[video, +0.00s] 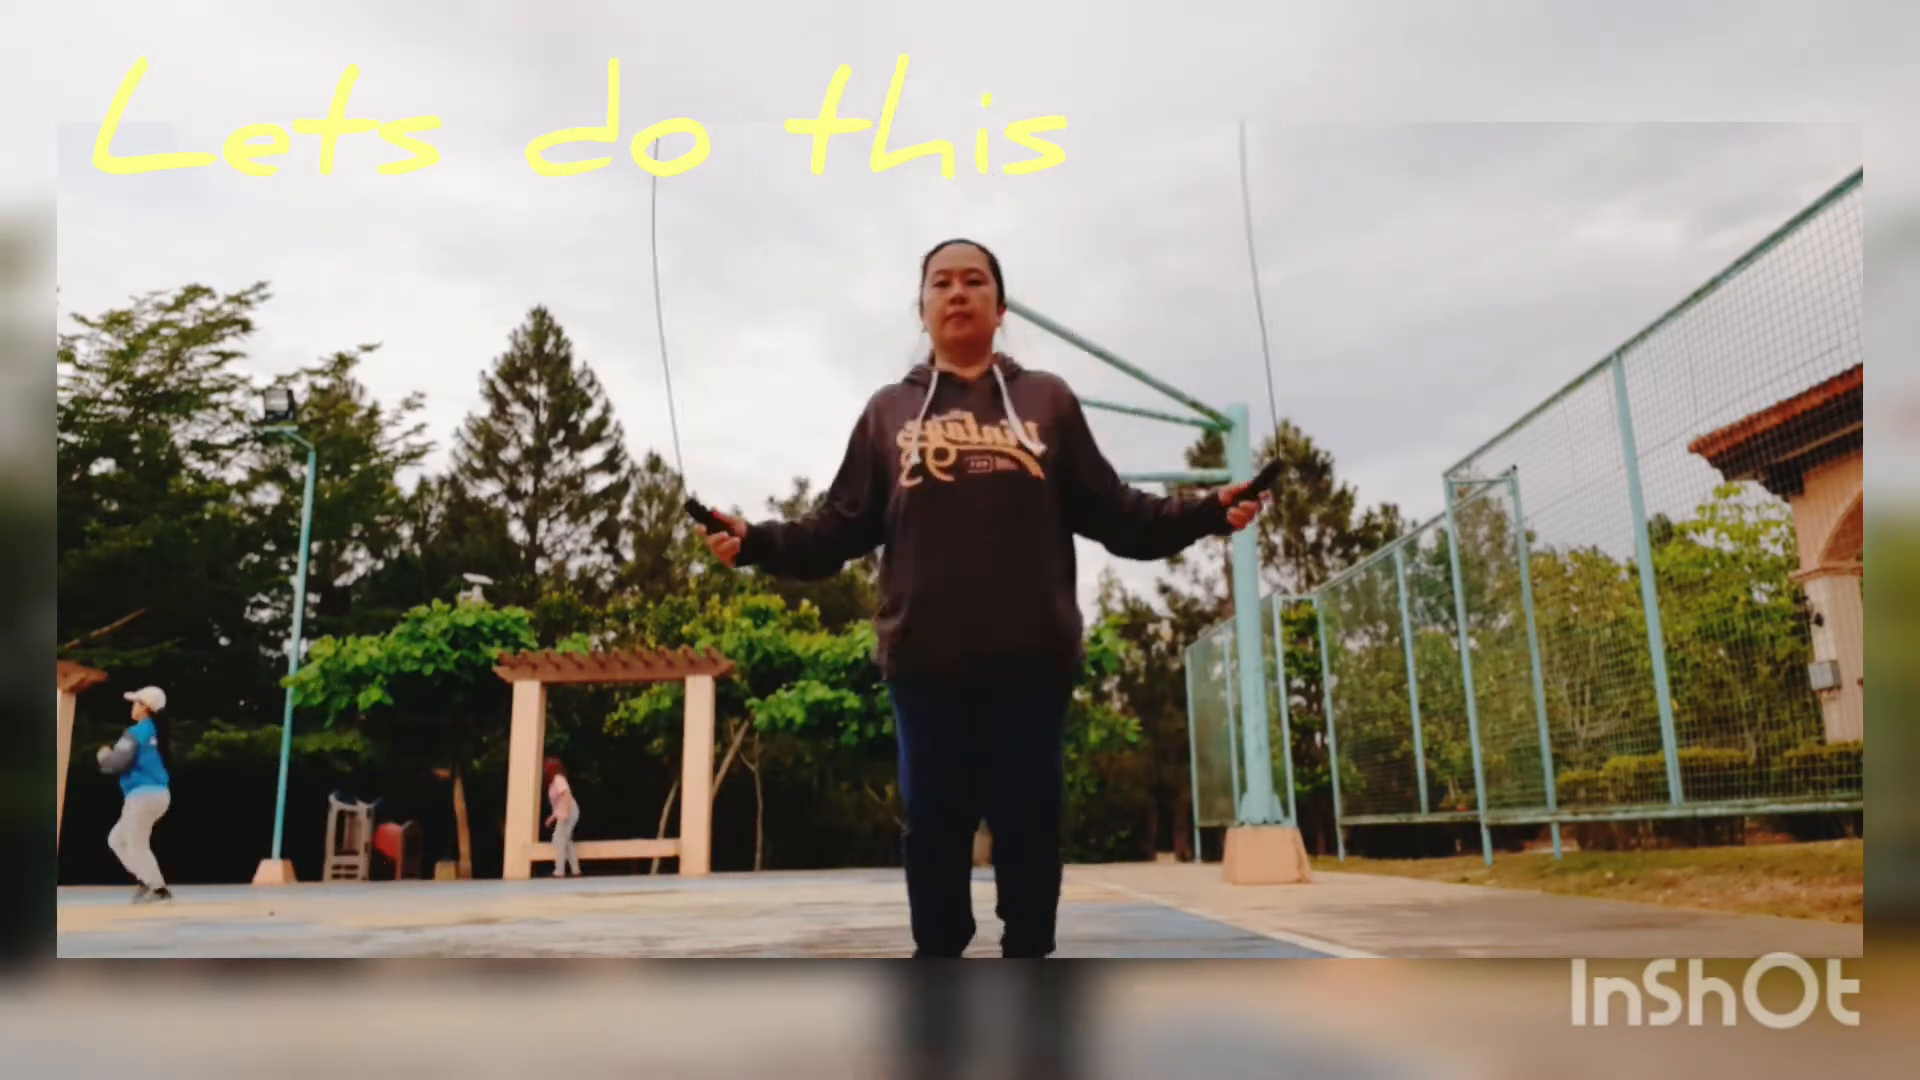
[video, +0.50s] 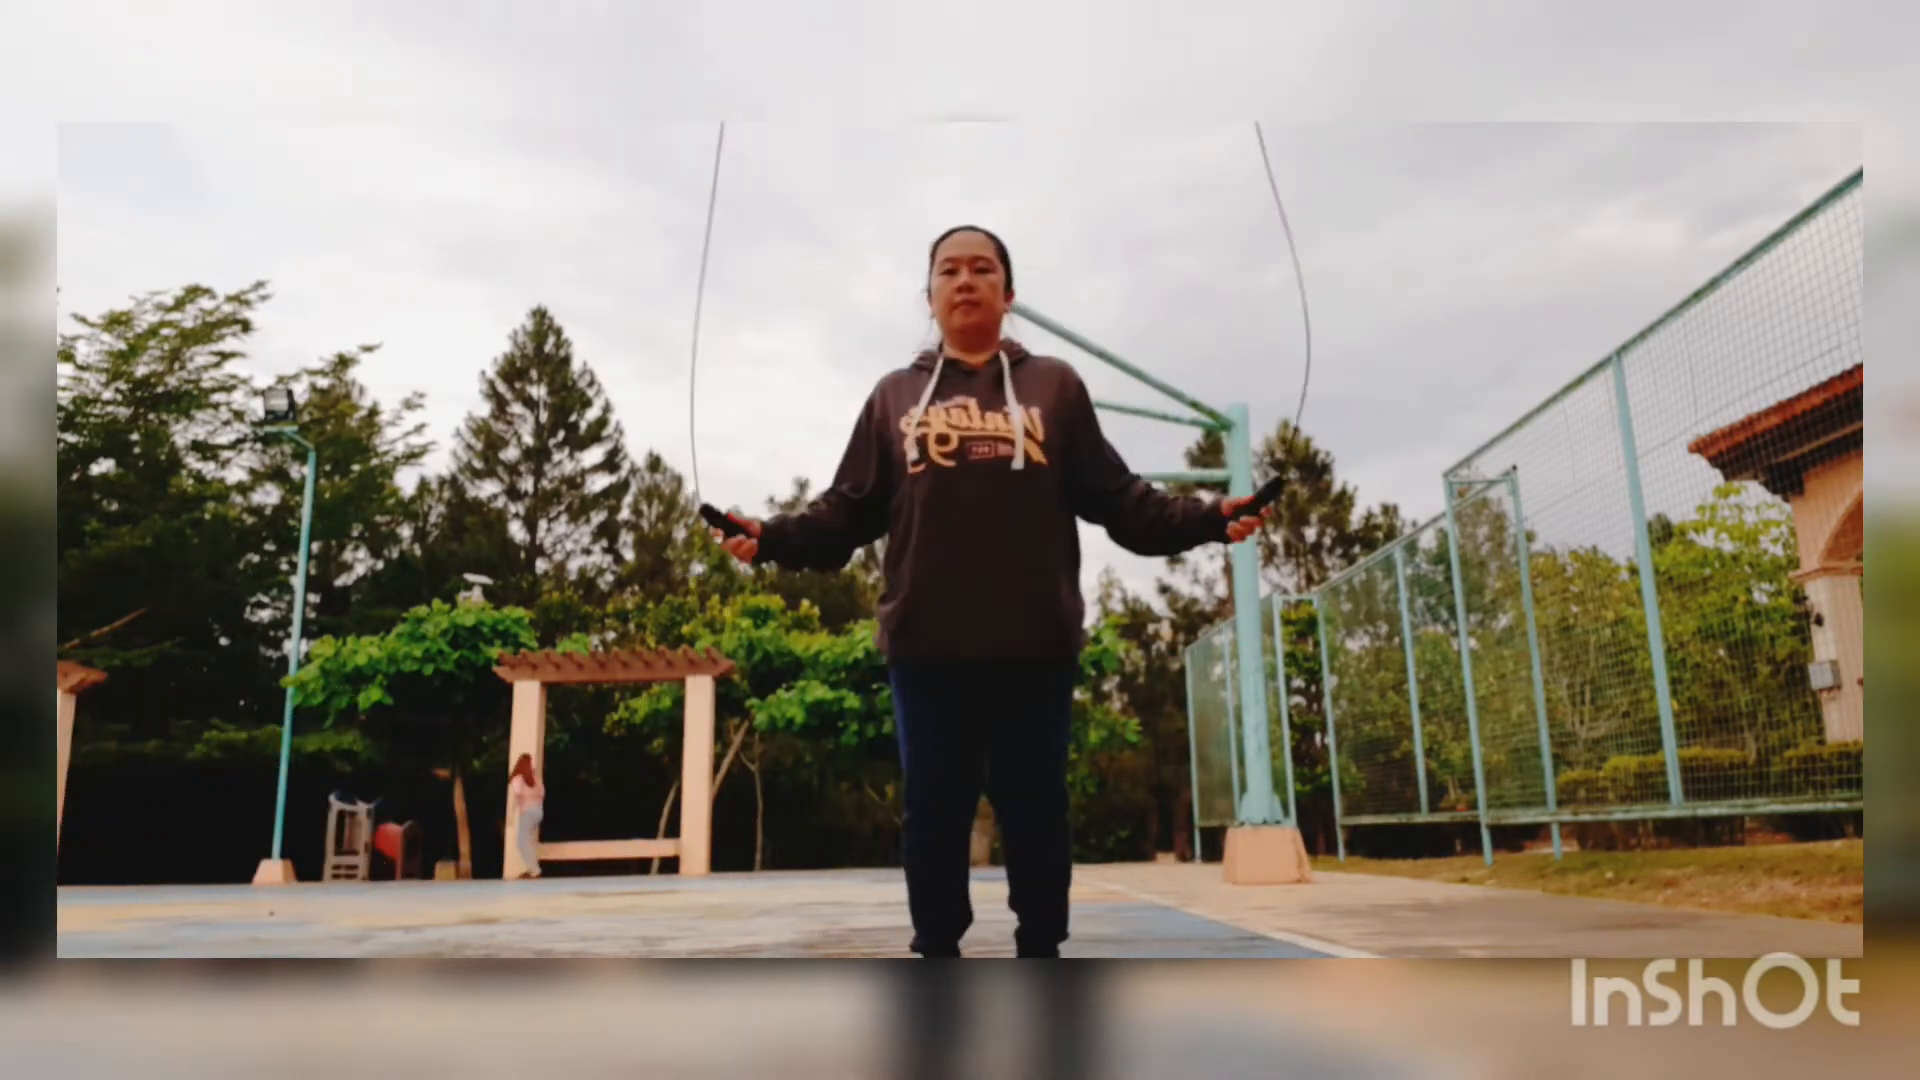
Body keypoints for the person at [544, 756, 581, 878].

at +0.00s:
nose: (546, 770)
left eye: (548, 767)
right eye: (547, 767)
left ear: (552, 768)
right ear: (554, 769)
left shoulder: (559, 779)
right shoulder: (553, 783)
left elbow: (566, 796)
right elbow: (559, 804)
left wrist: (564, 812)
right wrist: (553, 817)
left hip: (568, 810)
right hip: (564, 812)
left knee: (559, 838)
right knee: (566, 839)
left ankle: (559, 869)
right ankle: (575, 869)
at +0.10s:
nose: (541, 770)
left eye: (543, 768)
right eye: (542, 767)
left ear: (546, 768)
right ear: (550, 768)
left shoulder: (553, 779)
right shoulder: (549, 781)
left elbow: (560, 797)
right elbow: (554, 803)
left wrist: (556, 814)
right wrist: (547, 817)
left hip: (561, 813)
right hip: (561, 813)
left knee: (551, 840)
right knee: (565, 841)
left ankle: (544, 869)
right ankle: (574, 868)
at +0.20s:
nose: (537, 770)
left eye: (539, 767)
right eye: (538, 767)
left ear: (542, 768)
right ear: (548, 768)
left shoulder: (547, 780)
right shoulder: (546, 781)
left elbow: (552, 797)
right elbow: (542, 799)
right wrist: (543, 817)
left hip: (554, 814)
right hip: (558, 813)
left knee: (545, 840)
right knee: (561, 841)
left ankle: (538, 870)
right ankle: (574, 868)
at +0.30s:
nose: (530, 765)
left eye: (532, 763)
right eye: (532, 762)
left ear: (533, 765)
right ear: (540, 766)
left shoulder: (535, 779)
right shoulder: (541, 779)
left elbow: (540, 794)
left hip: (542, 809)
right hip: (550, 808)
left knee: (534, 839)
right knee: (546, 840)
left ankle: (535, 869)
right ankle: (566, 862)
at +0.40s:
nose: (525, 766)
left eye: (526, 763)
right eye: (529, 763)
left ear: (526, 765)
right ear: (537, 764)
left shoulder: (527, 779)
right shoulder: (542, 778)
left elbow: (531, 796)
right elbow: (545, 795)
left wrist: (532, 814)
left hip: (536, 809)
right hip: (545, 808)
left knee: (528, 840)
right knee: (537, 840)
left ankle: (535, 868)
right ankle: (556, 861)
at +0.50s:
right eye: (529, 764)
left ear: (519, 764)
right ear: (530, 765)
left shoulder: (518, 778)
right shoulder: (535, 777)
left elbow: (517, 795)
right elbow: (542, 792)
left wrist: (512, 813)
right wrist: (539, 805)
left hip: (527, 810)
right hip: (538, 809)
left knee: (522, 840)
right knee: (529, 840)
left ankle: (534, 868)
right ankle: (531, 867)